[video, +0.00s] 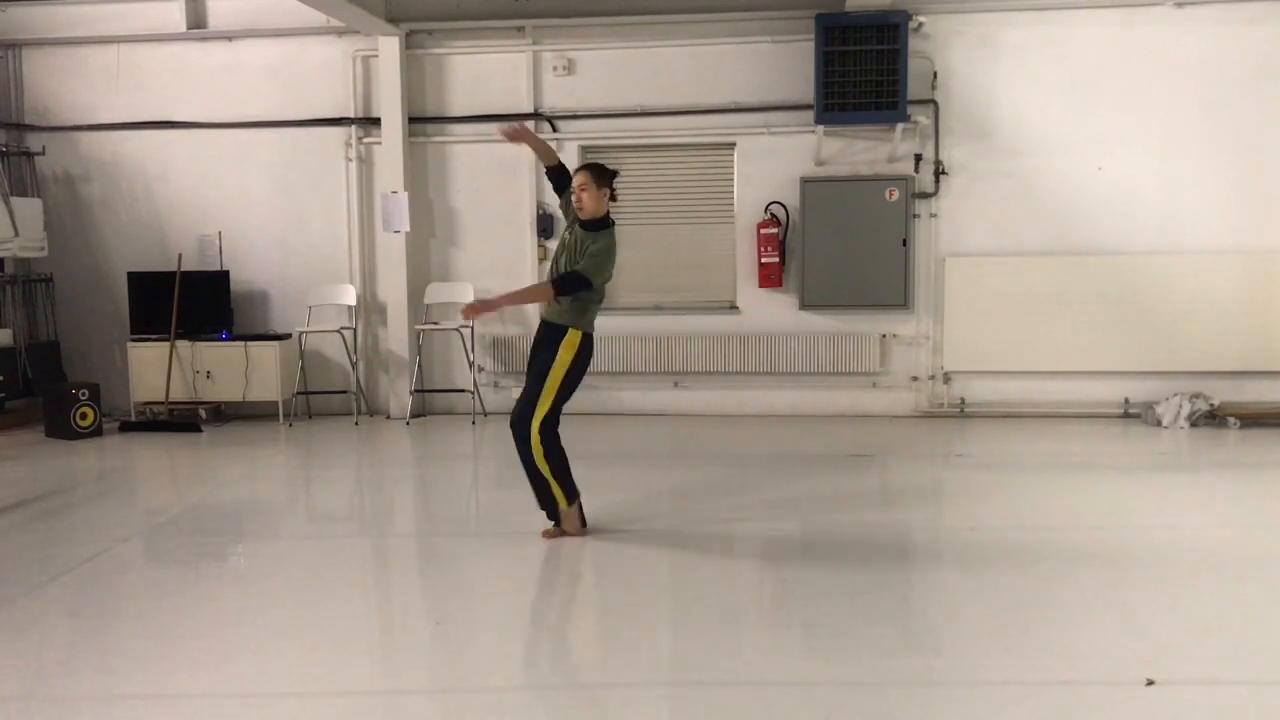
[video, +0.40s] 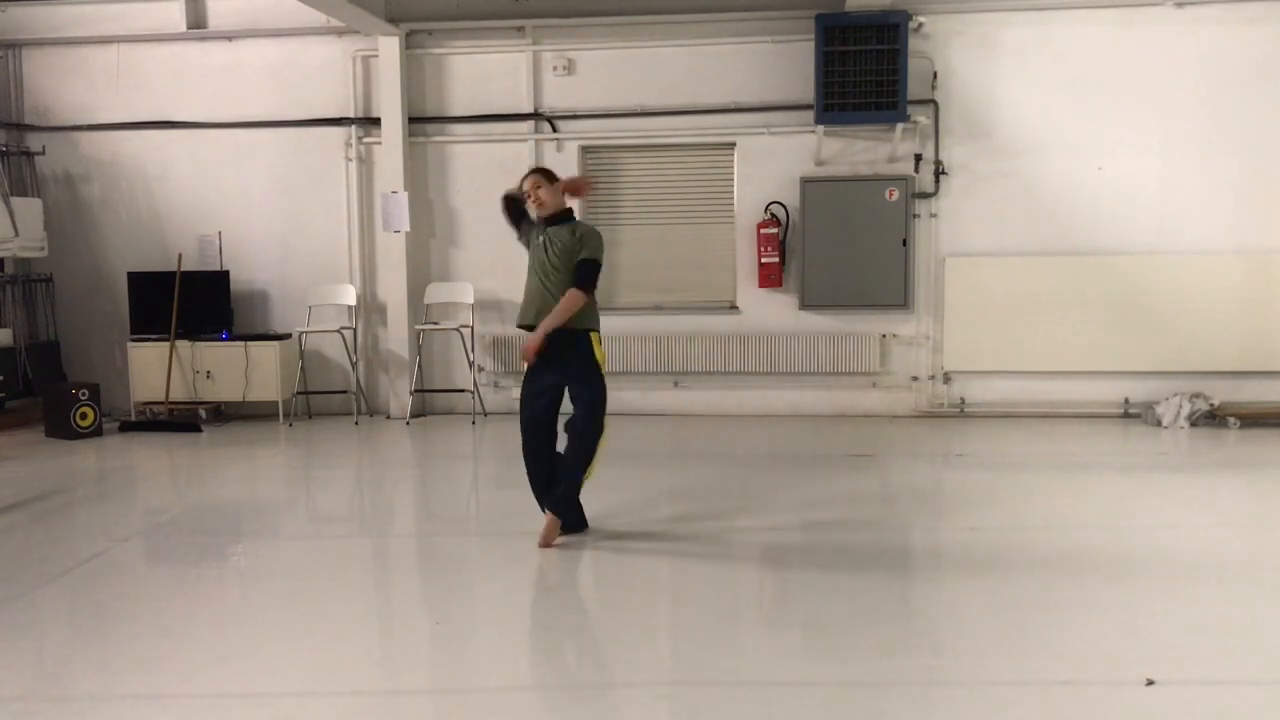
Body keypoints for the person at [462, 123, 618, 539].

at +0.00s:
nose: (577, 197)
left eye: (585, 190)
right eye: (575, 191)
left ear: (607, 194)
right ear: (573, 196)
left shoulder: (601, 247)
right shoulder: (577, 219)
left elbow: (559, 288)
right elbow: (557, 173)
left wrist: (497, 302)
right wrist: (530, 140)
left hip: (569, 341)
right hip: (552, 334)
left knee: (529, 422)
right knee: (537, 423)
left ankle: (566, 510)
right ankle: (566, 510)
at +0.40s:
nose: (532, 196)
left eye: (538, 188)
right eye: (528, 194)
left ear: (558, 191)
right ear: (528, 204)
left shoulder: (585, 234)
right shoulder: (535, 234)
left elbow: (582, 291)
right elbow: (511, 202)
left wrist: (540, 332)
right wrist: (561, 186)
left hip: (579, 340)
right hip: (542, 343)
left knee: (589, 422)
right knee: (535, 429)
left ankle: (559, 507)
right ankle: (568, 514)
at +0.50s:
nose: (520, 205)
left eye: (525, 195)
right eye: (515, 204)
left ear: (547, 196)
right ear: (519, 215)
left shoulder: (583, 229)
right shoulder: (529, 249)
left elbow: (597, 280)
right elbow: (481, 232)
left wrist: (569, 332)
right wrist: (515, 216)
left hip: (587, 344)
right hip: (548, 349)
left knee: (600, 424)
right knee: (542, 437)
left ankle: (559, 509)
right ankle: (571, 517)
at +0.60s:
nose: (509, 216)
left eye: (512, 207)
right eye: (504, 218)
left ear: (533, 201)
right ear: (510, 227)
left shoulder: (577, 223)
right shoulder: (528, 261)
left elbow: (601, 267)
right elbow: (470, 267)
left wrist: (588, 326)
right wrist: (474, 251)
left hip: (598, 340)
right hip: (560, 349)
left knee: (603, 429)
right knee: (549, 431)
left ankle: (562, 515)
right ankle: (568, 516)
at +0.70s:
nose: (498, 231)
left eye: (499, 222)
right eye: (494, 234)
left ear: (518, 214)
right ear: (501, 242)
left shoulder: (568, 223)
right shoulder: (531, 269)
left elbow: (598, 262)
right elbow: (493, 295)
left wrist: (594, 324)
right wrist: (466, 267)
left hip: (607, 340)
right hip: (568, 347)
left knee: (602, 437)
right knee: (555, 433)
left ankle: (570, 522)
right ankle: (562, 516)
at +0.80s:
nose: (495, 254)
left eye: (491, 245)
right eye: (489, 256)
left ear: (505, 229)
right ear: (494, 261)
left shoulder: (560, 229)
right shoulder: (530, 277)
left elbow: (590, 267)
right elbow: (529, 312)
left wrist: (591, 327)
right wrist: (476, 286)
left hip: (613, 338)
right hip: (576, 345)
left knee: (605, 433)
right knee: (558, 428)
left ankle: (587, 522)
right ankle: (569, 517)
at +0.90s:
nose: (498, 272)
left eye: (493, 264)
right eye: (493, 275)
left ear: (504, 246)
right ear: (500, 280)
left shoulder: (555, 237)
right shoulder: (531, 291)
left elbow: (579, 282)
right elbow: (558, 328)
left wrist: (585, 339)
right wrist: (513, 310)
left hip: (614, 340)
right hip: (577, 348)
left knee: (616, 432)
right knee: (559, 433)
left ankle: (610, 521)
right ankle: (571, 519)